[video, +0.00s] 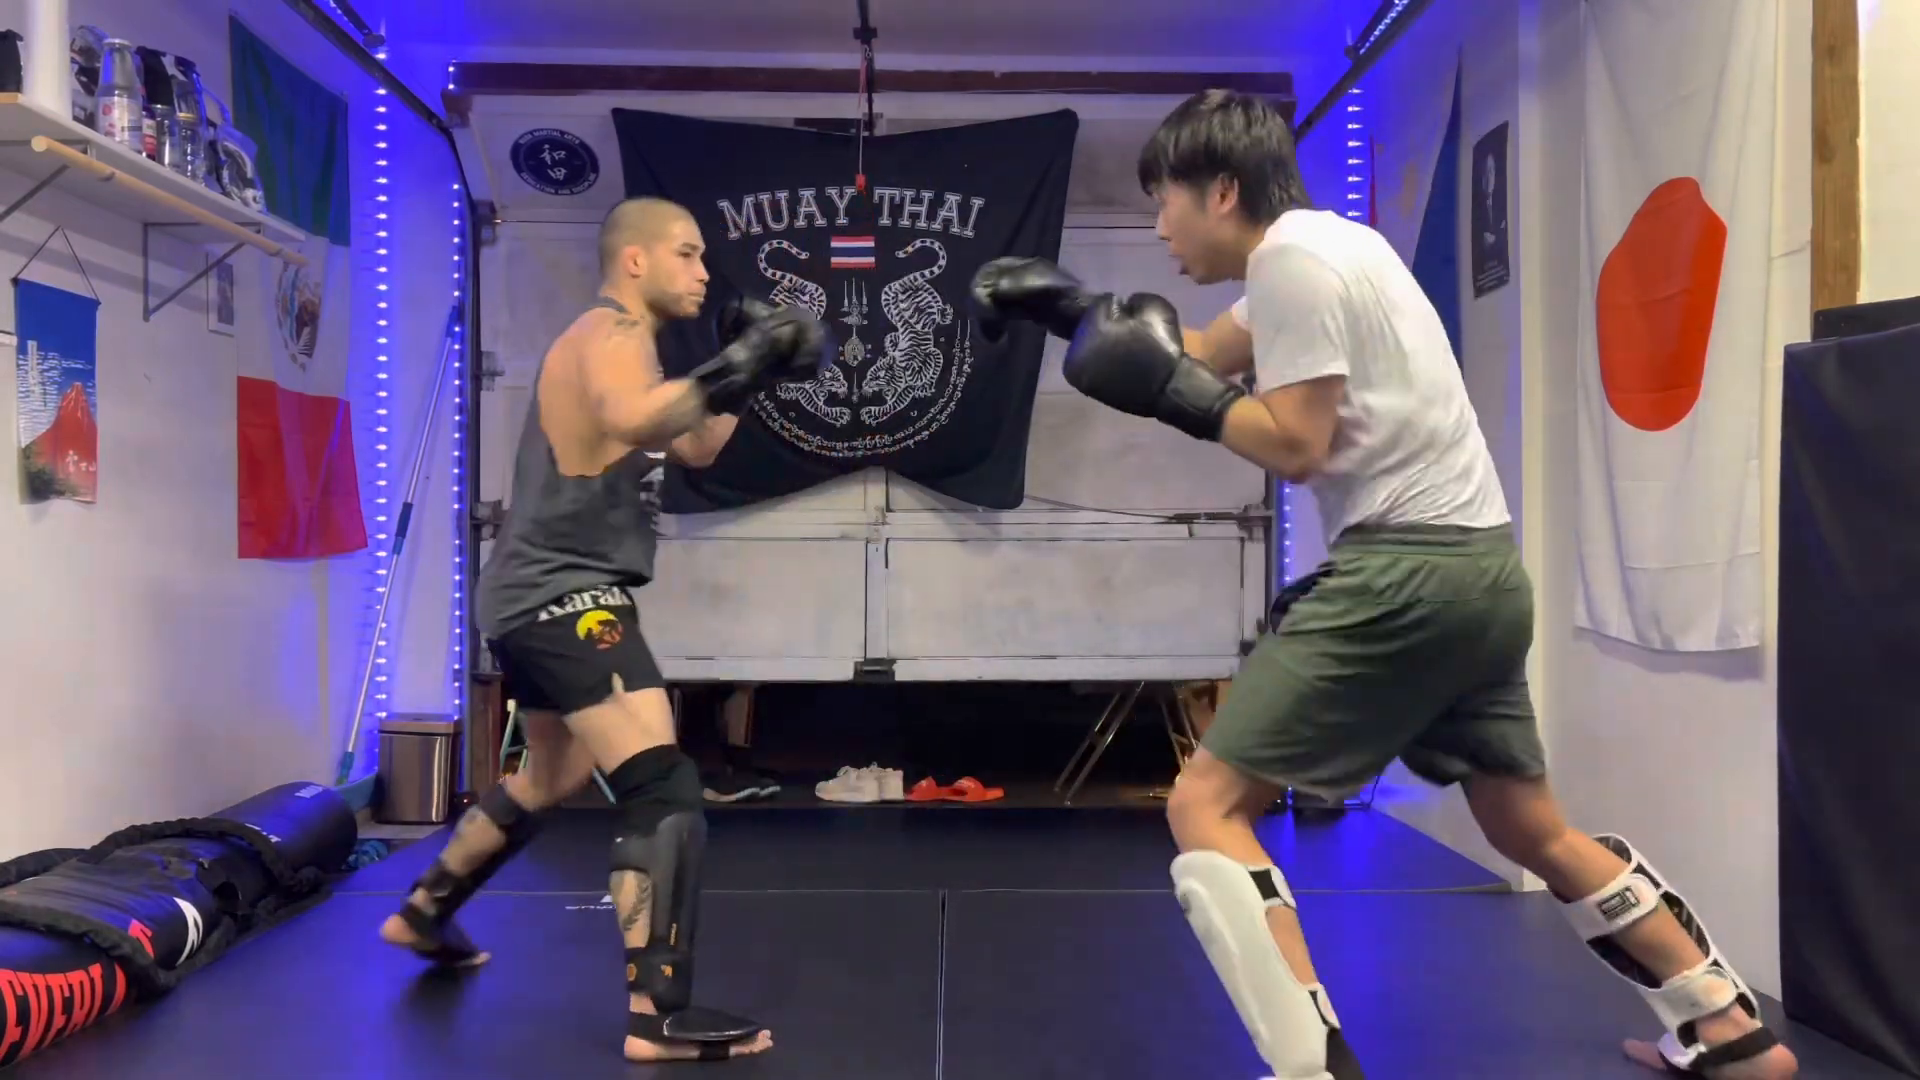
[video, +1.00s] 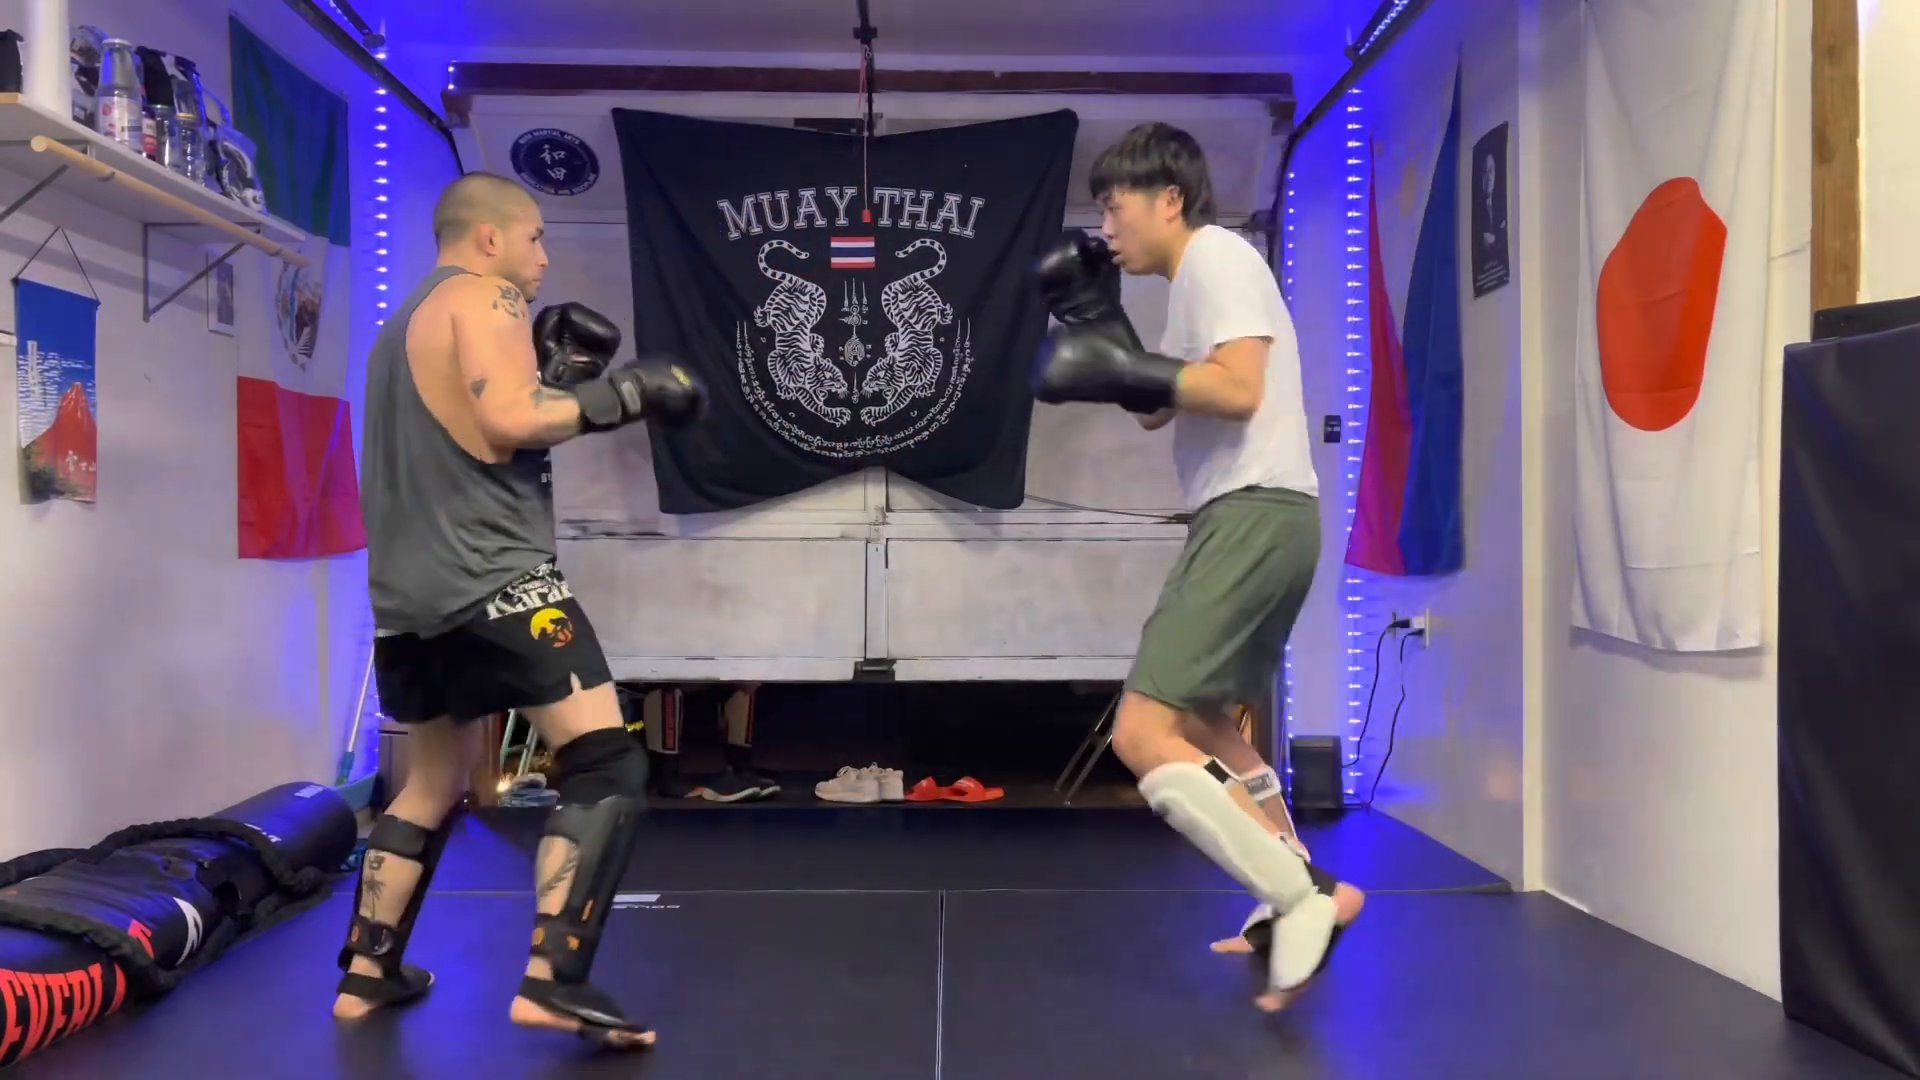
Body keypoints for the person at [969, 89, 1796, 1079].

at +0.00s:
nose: (1156, 218)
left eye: (1165, 193)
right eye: (1156, 196)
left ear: (1223, 193)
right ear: (1248, 187)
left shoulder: (1289, 260)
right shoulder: (1340, 247)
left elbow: (1298, 442)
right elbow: (1205, 360)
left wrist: (1168, 389)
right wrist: (1078, 307)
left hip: (1398, 574)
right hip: (1486, 571)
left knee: (1203, 802)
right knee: (1532, 828)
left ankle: (1311, 1061)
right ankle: (1732, 1027)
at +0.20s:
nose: (1133, 182)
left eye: (1140, 156)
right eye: (1130, 158)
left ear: (1198, 142)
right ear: (1210, 142)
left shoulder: (1287, 203)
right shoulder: (1289, 203)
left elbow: (1270, 385)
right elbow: (1252, 353)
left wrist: (1137, 339)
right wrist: (1136, 315)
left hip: (1422, 485)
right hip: (1454, 483)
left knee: (1307, 770)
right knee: (1438, 755)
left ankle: (1332, 1058)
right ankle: (1599, 962)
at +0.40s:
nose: (1161, 220)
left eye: (1170, 195)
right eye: (1159, 199)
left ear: (1227, 187)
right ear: (1258, 192)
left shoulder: (1259, 249)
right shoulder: (1328, 252)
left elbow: (1105, 363)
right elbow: (1286, 437)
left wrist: (993, 334)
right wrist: (1212, 357)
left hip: (1406, 544)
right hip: (1457, 539)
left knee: (1404, 848)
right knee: (1343, 739)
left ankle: (1538, 1063)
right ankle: (1402, 947)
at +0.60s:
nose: (1155, 181)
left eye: (1167, 157)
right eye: (1156, 162)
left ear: (1223, 155)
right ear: (1231, 164)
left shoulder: (1259, 208)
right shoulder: (1274, 227)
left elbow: (1262, 347)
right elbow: (1218, 378)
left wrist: (1135, 354)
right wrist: (1169, 281)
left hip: (1348, 491)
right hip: (1361, 495)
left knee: (1335, 757)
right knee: (1312, 743)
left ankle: (1482, 1004)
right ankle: (1384, 945)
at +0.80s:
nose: (1140, 186)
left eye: (1150, 164)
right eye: (1138, 168)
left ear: (1206, 157)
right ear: (1200, 166)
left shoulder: (1252, 212)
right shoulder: (1217, 249)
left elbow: (1313, 337)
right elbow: (1186, 385)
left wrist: (1187, 356)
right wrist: (1139, 282)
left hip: (1299, 491)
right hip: (1270, 493)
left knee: (1241, 742)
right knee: (1256, 730)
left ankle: (1389, 936)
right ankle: (1302, 896)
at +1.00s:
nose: (1106, 229)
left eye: (1116, 209)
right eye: (1104, 213)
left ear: (1169, 201)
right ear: (1163, 207)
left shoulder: (1216, 255)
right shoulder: (1197, 281)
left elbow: (1239, 388)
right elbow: (1159, 404)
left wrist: (1128, 371)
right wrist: (1099, 314)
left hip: (1255, 517)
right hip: (1248, 519)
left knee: (1143, 733)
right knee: (1214, 723)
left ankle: (1295, 899)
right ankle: (1298, 890)